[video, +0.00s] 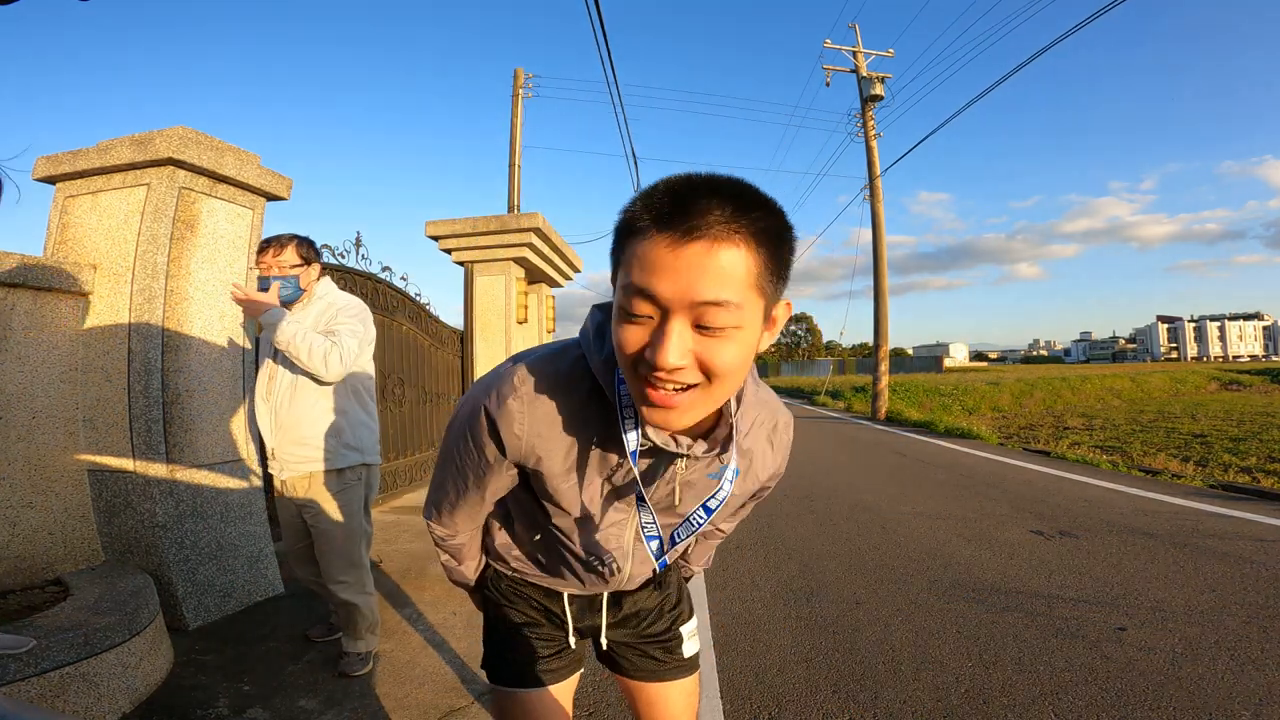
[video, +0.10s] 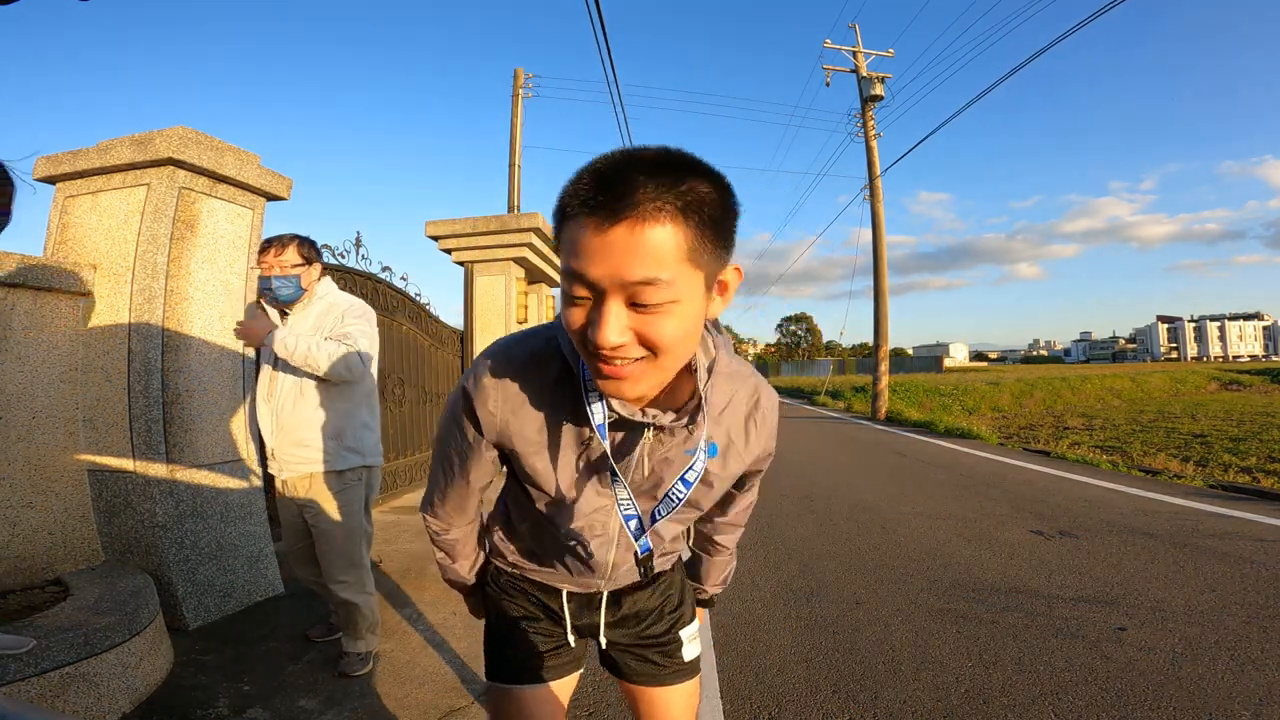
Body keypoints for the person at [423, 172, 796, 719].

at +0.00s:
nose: (665, 355)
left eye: (708, 325)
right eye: (640, 314)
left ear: (770, 326)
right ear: (614, 299)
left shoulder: (767, 432)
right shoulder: (520, 401)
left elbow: (716, 528)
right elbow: (450, 518)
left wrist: (676, 569)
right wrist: (486, 583)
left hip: (653, 581)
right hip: (531, 586)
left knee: (674, 710)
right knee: (533, 708)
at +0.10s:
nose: (604, 333)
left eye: (644, 302)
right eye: (581, 296)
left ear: (719, 293)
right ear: (563, 280)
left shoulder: (748, 407)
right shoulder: (501, 385)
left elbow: (728, 516)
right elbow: (447, 515)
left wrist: (702, 586)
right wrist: (474, 586)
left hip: (656, 581)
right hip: (533, 584)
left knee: (673, 710)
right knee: (522, 709)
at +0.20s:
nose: (540, 312)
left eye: (574, 279)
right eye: (518, 277)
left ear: (659, 264)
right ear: (503, 264)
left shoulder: (718, 383)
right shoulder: (473, 375)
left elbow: (727, 517)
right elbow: (437, 515)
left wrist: (728, 609)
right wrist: (455, 598)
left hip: (651, 591)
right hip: (525, 592)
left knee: (665, 709)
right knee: (506, 709)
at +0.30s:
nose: (465, 300)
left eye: (497, 267)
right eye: (445, 269)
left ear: (591, 246)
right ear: (432, 260)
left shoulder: (683, 361)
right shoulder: (442, 368)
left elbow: (729, 506)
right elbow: (424, 503)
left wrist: (742, 625)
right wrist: (428, 611)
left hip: (638, 595)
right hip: (511, 596)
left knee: (658, 709)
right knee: (484, 708)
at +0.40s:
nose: (374, 305)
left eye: (401, 269)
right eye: (360, 273)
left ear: (509, 242)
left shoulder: (640, 356)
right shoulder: (397, 376)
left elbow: (718, 518)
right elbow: (394, 514)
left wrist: (713, 660)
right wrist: (383, 627)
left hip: (620, 602)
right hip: (489, 601)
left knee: (648, 709)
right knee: (468, 707)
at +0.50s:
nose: (262, 327)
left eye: (286, 286)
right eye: (244, 292)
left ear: (407, 253)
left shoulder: (574, 360)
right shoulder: (337, 395)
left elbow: (670, 541)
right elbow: (336, 532)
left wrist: (622, 692)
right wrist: (299, 644)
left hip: (586, 606)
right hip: (461, 609)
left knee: (592, 707)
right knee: (433, 709)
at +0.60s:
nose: (113, 357)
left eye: (132, 313)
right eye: (99, 321)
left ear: (275, 271)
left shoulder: (493, 377)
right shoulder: (246, 399)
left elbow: (570, 597)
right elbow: (257, 556)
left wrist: (457, 715)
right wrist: (154, 673)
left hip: (518, 623)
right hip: (404, 620)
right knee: (389, 711)